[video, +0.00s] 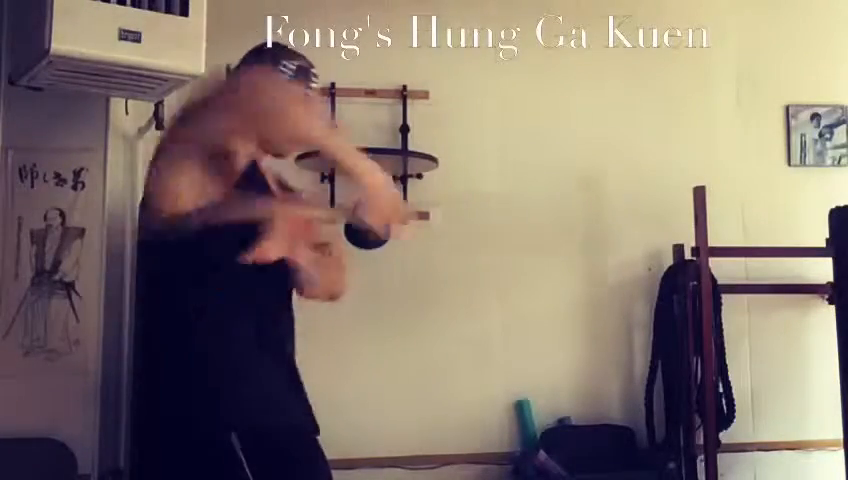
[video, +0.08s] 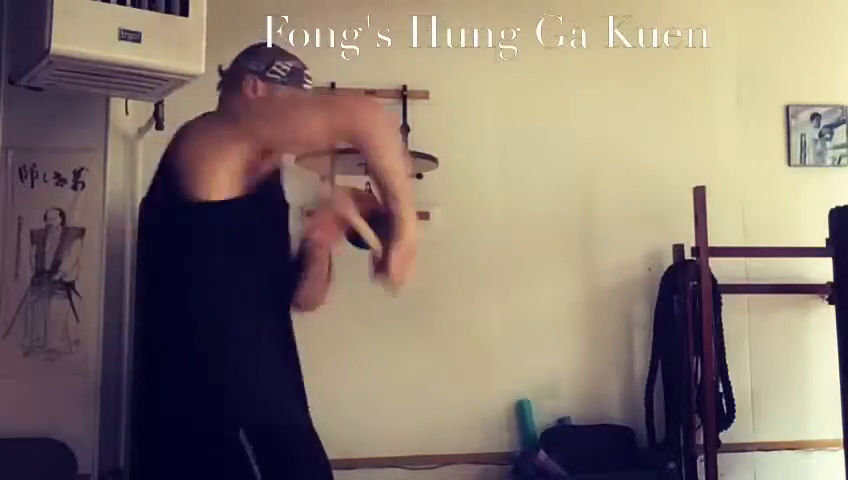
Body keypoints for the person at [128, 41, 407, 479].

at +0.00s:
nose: (310, 110)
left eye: (311, 97)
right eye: (299, 92)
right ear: (253, 84)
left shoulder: (270, 190)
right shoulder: (186, 166)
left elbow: (330, 283)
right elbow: (263, 94)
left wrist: (297, 244)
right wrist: (369, 176)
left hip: (272, 408)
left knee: (305, 471)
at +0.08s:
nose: (298, 111)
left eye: (300, 99)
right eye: (291, 95)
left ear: (251, 90)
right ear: (253, 88)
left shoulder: (261, 184)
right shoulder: (205, 140)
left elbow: (305, 299)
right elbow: (367, 116)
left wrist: (318, 243)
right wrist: (403, 225)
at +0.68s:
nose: (264, 83)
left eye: (261, 68)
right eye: (251, 65)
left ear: (204, 69)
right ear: (204, 66)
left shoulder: (179, 165)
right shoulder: (198, 172)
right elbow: (314, 268)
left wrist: (327, 225)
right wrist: (398, 209)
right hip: (248, 437)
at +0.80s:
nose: (263, 88)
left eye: (260, 74)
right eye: (250, 71)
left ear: (205, 72)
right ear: (202, 70)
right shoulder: (170, 177)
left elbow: (329, 271)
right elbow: (281, 287)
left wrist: (332, 207)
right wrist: (340, 191)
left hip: (276, 428)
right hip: (204, 438)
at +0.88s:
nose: (266, 90)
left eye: (263, 76)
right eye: (254, 73)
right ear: (205, 72)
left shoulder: (254, 174)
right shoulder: (164, 178)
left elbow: (331, 275)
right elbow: (257, 301)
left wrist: (323, 207)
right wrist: (323, 206)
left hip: (285, 428)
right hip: (208, 436)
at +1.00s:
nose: (292, 100)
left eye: (290, 84)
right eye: (281, 81)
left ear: (239, 81)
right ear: (234, 78)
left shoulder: (291, 185)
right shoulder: (158, 179)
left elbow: (336, 287)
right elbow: (105, 305)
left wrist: (264, 279)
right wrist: (206, 323)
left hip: (282, 434)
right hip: (187, 439)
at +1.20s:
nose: (324, 118)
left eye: (325, 105)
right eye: (318, 101)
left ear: (275, 92)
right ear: (274, 89)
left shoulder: (314, 197)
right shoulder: (182, 156)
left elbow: (335, 282)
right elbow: (56, 159)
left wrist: (250, 266)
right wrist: (183, 146)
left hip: (280, 426)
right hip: (182, 424)